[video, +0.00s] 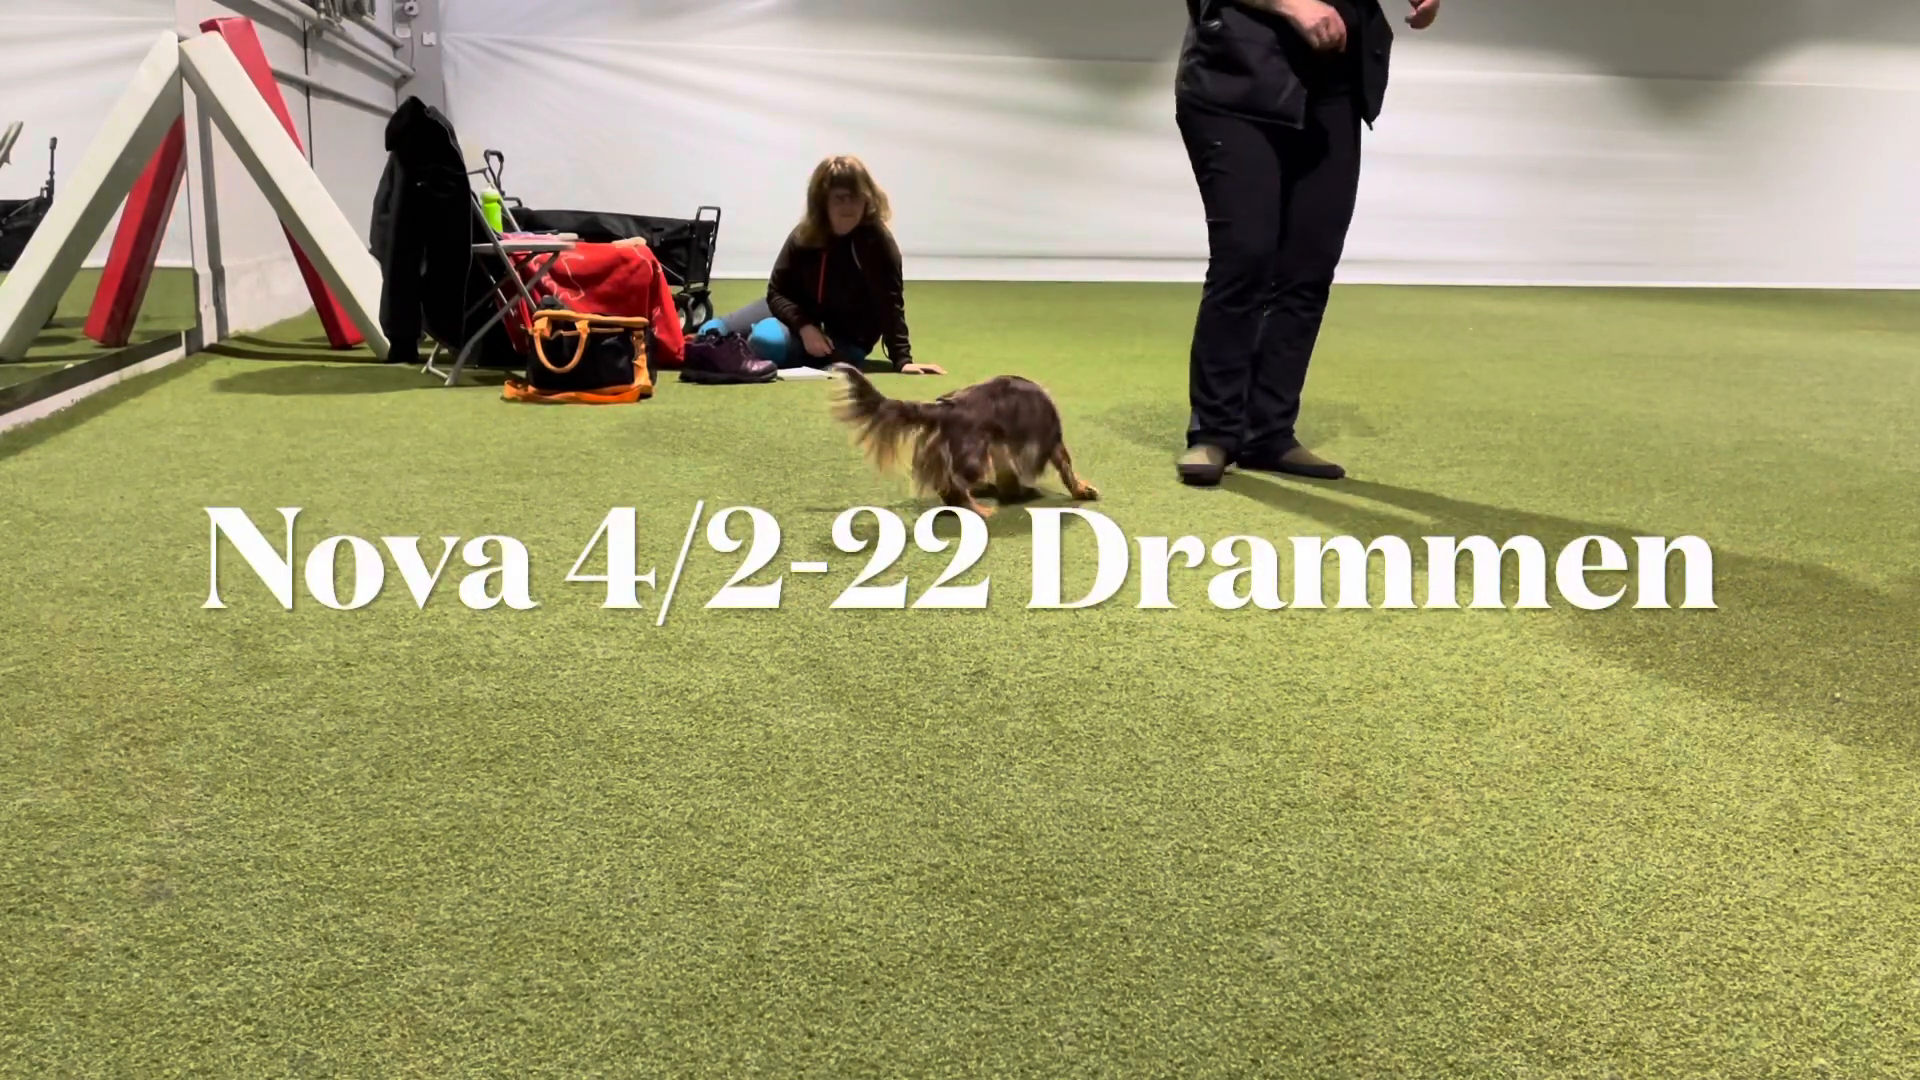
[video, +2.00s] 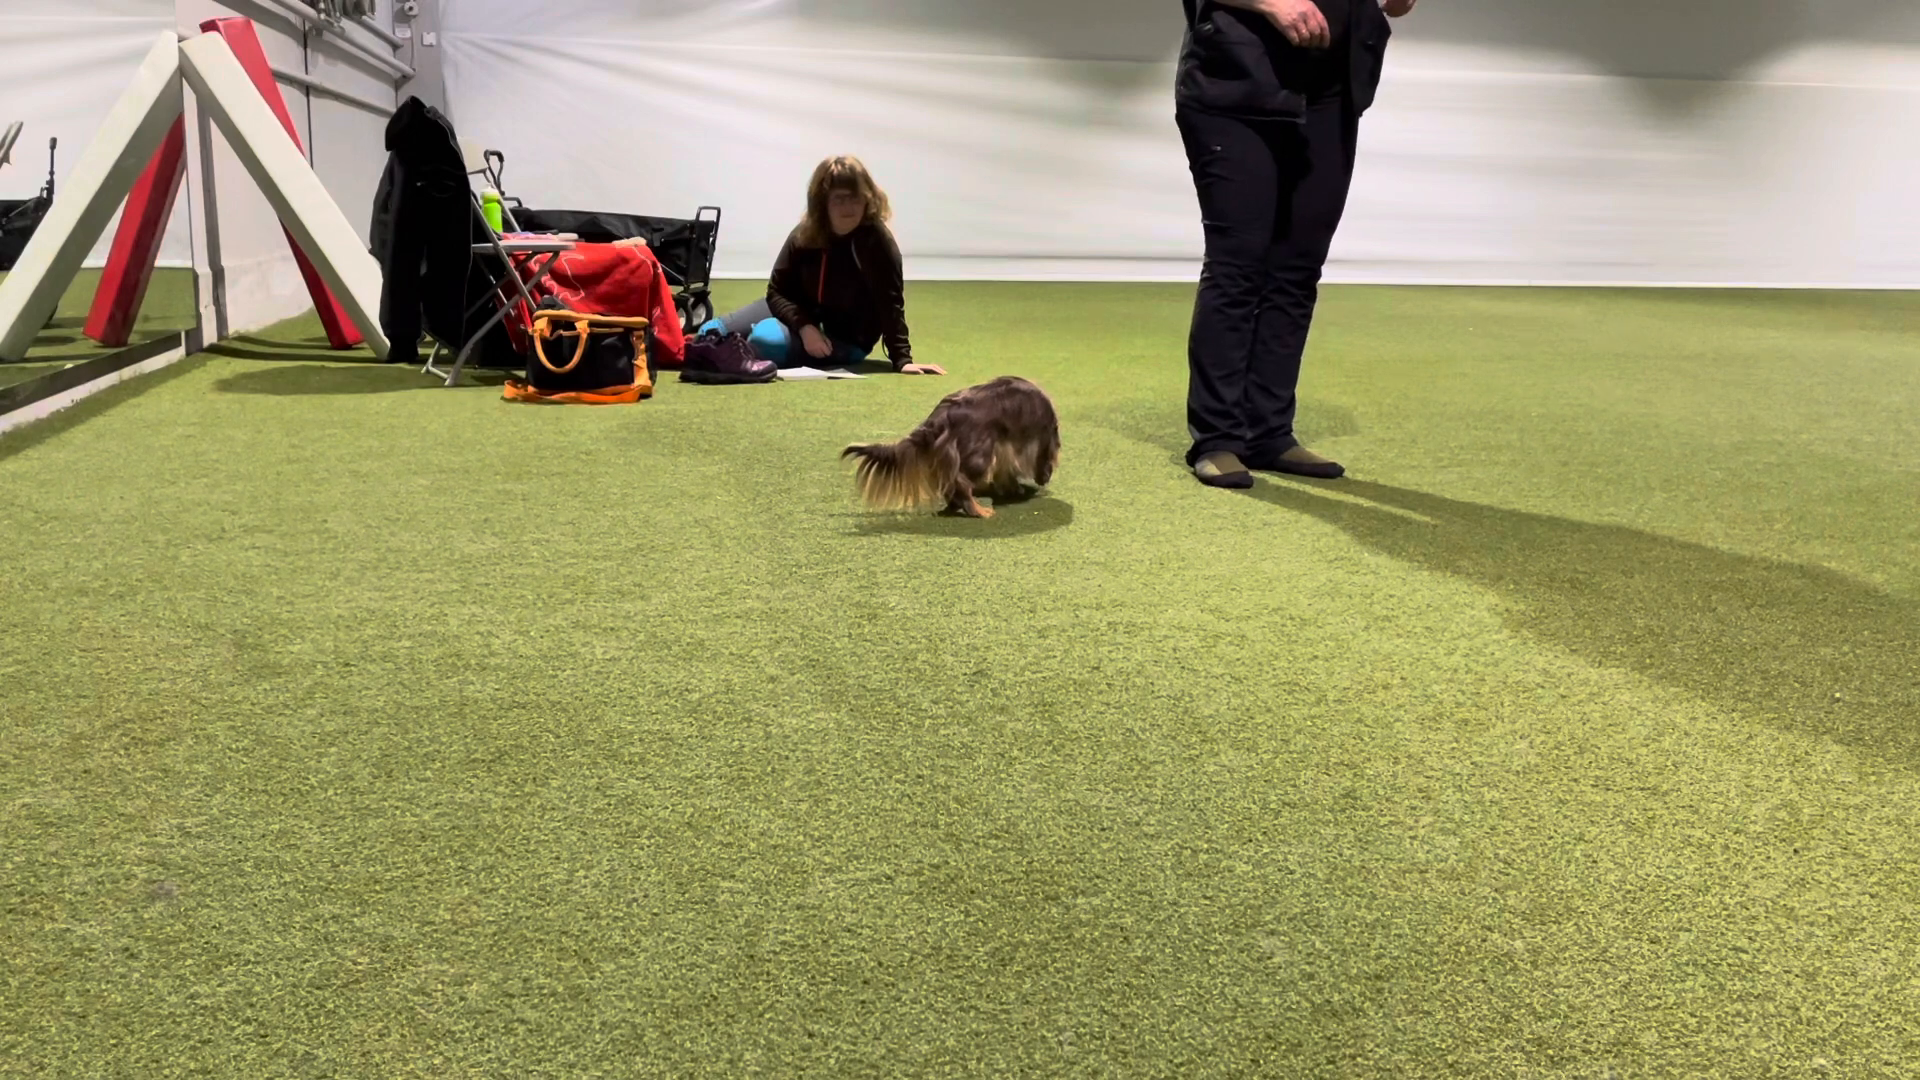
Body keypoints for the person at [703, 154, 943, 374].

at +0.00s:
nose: (848, 205)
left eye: (855, 196)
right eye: (839, 197)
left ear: (866, 201)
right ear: (822, 201)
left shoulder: (878, 243)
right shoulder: (804, 237)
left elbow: (891, 302)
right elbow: (778, 293)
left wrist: (902, 360)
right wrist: (804, 327)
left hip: (840, 338)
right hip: (793, 313)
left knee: (764, 338)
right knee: (712, 332)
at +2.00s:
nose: (848, 205)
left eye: (855, 197)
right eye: (839, 198)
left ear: (867, 200)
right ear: (823, 201)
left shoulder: (878, 243)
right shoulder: (804, 237)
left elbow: (892, 302)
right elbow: (777, 292)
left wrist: (902, 360)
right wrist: (804, 327)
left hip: (843, 338)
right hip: (797, 313)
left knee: (764, 336)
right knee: (714, 330)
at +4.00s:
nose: (847, 207)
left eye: (855, 198)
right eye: (838, 199)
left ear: (867, 201)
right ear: (822, 202)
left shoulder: (878, 243)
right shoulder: (805, 236)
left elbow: (892, 303)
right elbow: (777, 293)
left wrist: (902, 357)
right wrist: (804, 327)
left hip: (843, 337)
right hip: (796, 312)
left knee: (766, 338)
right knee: (713, 331)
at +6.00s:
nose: (847, 206)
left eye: (854, 197)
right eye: (838, 198)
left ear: (866, 200)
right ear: (822, 202)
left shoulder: (877, 242)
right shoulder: (804, 237)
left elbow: (891, 302)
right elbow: (777, 293)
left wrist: (903, 360)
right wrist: (804, 327)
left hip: (842, 338)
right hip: (795, 313)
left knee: (765, 336)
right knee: (712, 331)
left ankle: (733, 345)